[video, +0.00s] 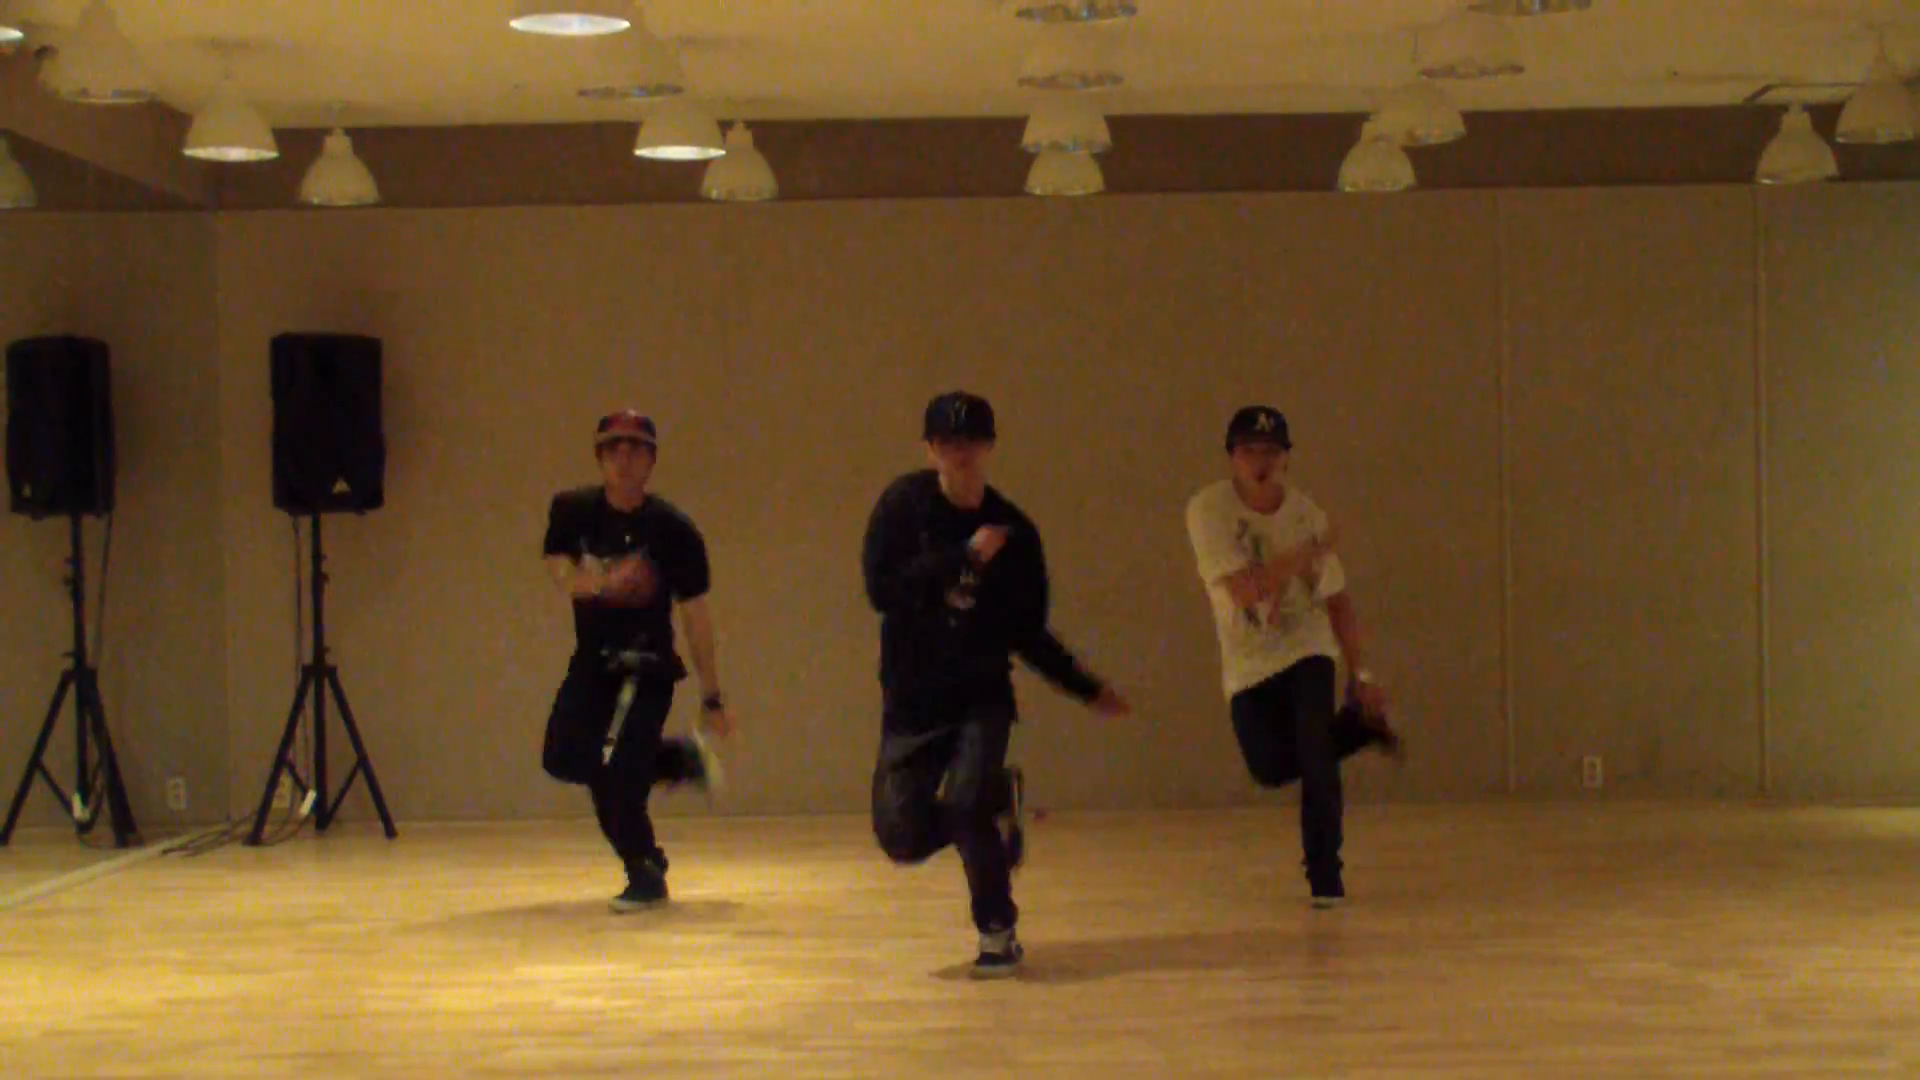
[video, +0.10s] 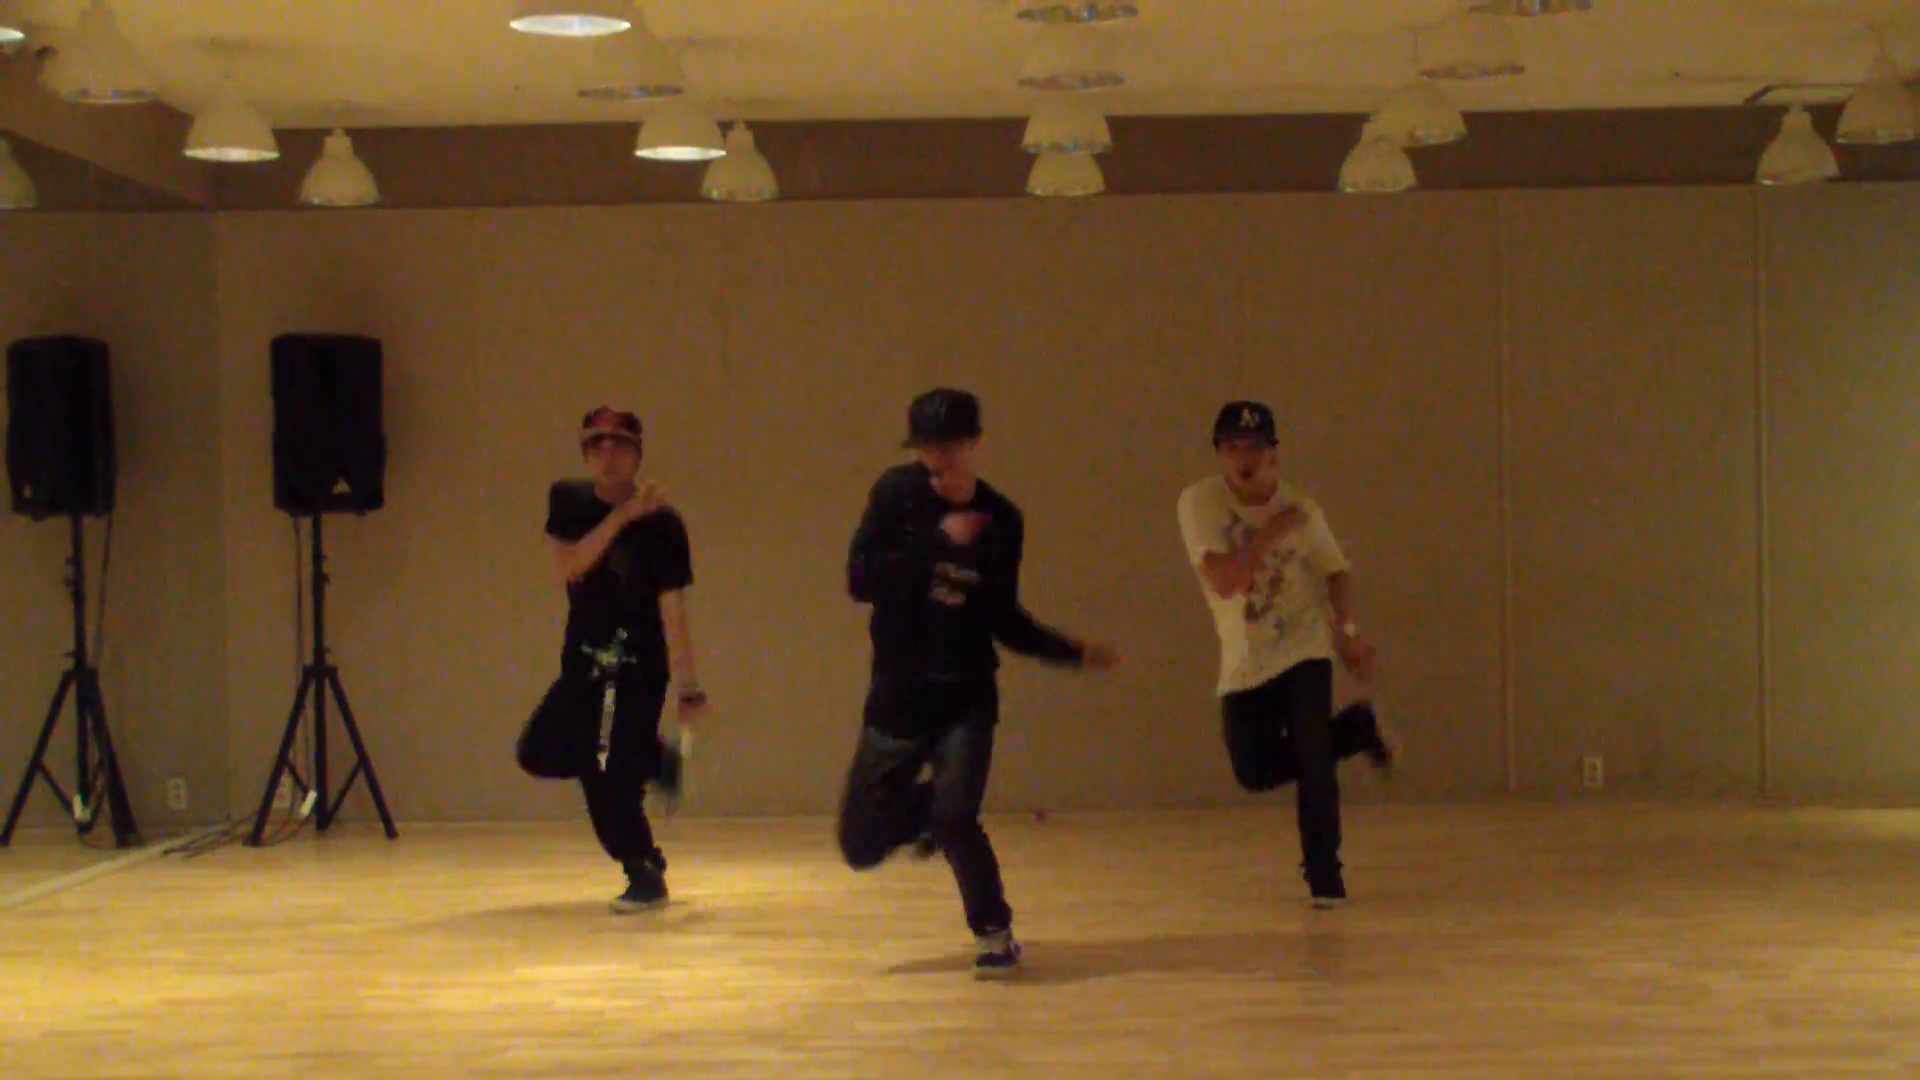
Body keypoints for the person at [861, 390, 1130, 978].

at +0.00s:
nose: (965, 460)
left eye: (975, 448)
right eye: (953, 449)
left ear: (990, 449)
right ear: (931, 450)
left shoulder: (1011, 528)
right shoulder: (902, 505)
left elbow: (1025, 631)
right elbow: (882, 593)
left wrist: (1087, 687)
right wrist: (964, 557)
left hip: (982, 693)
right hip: (913, 694)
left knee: (970, 802)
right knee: (900, 839)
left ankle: (995, 927)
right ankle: (991, 803)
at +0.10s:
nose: (936, 464)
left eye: (948, 451)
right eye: (927, 452)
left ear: (975, 445)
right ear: (916, 449)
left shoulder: (1000, 518)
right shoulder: (896, 492)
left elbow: (1003, 619)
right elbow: (861, 581)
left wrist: (1074, 652)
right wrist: (938, 539)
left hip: (966, 693)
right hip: (898, 690)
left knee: (955, 820)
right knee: (861, 846)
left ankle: (992, 930)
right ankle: (932, 805)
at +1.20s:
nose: (962, 382)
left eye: (976, 371)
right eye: (954, 370)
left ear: (1001, 376)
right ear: (942, 371)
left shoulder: (1010, 466)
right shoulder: (931, 400)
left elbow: (1030, 579)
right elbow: (921, 314)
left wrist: (977, 652)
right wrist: (922, 233)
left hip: (932, 644)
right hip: (874, 637)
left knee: (957, 793)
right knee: (901, 798)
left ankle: (1010, 929)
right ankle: (953, 928)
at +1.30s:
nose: (968, 385)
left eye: (980, 373)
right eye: (959, 373)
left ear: (1007, 375)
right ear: (947, 374)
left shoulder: (1024, 464)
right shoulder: (937, 406)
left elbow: (1038, 579)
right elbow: (917, 322)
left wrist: (984, 650)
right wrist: (911, 235)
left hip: (939, 644)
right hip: (884, 637)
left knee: (956, 793)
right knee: (905, 795)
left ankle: (1010, 927)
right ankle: (953, 928)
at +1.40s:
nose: (983, 386)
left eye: (997, 374)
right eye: (974, 373)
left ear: (1025, 376)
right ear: (962, 372)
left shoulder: (1030, 459)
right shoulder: (947, 414)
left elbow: (1041, 571)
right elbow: (882, 422)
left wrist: (987, 650)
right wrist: (889, 362)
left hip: (939, 636)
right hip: (890, 629)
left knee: (956, 791)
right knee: (913, 790)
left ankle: (1013, 931)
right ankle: (954, 930)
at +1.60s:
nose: (937, 395)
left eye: (947, 380)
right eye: (926, 383)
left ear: (974, 371)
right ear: (915, 384)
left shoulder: (1013, 441)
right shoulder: (937, 446)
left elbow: (1049, 550)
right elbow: (938, 550)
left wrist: (1025, 651)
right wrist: (916, 511)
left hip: (991, 642)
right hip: (937, 634)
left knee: (962, 796)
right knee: (878, 748)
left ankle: (1012, 930)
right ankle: (936, 893)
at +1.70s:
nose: (905, 451)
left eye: (912, 438)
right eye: (893, 442)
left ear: (935, 430)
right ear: (884, 446)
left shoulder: (1000, 487)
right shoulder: (925, 495)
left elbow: (1064, 575)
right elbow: (970, 560)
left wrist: (1063, 658)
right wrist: (941, 582)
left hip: (1025, 639)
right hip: (972, 624)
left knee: (976, 788)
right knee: (870, 665)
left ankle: (1012, 930)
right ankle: (932, 790)